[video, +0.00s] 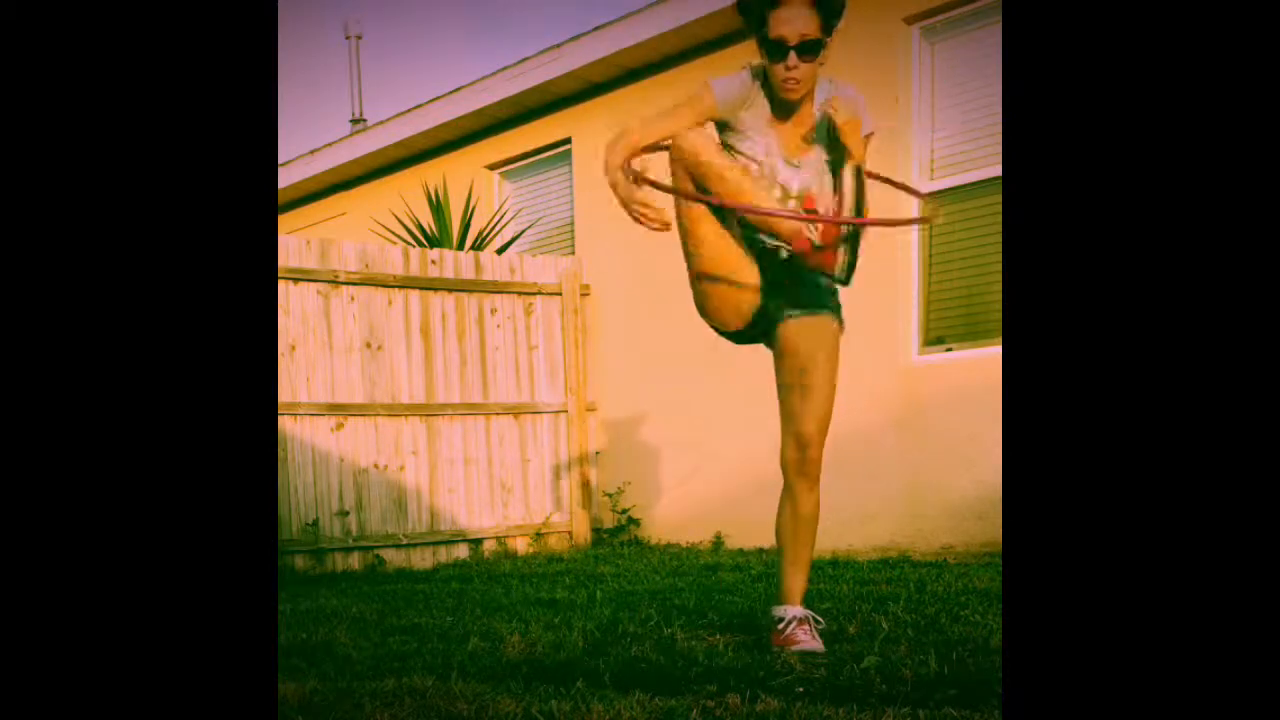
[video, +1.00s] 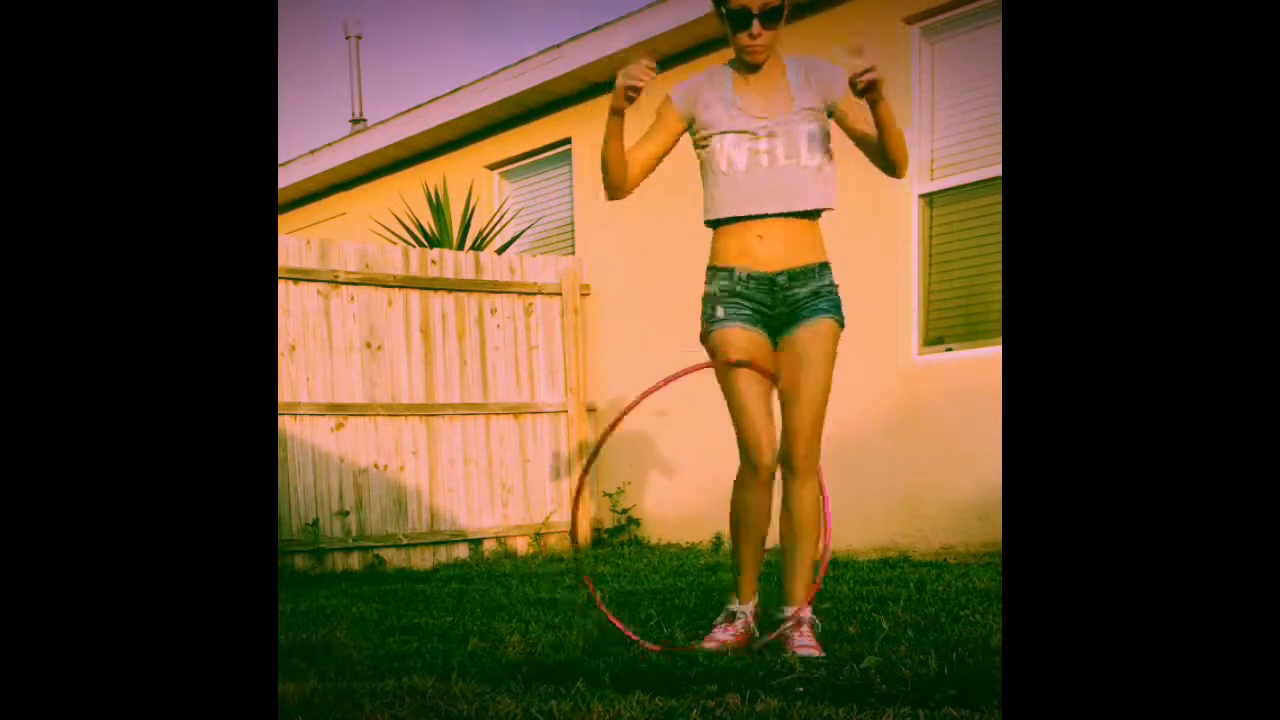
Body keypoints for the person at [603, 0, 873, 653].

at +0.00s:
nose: (791, 65)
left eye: (806, 50)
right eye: (776, 50)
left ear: (828, 44)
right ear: (758, 44)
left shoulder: (843, 107)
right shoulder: (733, 95)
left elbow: (856, 207)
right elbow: (627, 139)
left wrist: (840, 228)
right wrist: (621, 180)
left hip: (809, 293)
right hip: (737, 294)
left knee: (804, 457)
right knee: (688, 143)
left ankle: (791, 611)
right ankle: (796, 233)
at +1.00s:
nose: (753, 32)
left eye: (767, 18)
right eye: (739, 18)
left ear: (785, 17)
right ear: (721, 17)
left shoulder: (816, 77)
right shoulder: (696, 93)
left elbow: (893, 163)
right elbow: (617, 184)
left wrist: (878, 100)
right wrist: (615, 107)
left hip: (810, 287)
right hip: (732, 291)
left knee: (802, 459)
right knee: (758, 455)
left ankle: (798, 616)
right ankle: (744, 609)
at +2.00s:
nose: (761, 15)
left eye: (777, 3)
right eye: (756, 5)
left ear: (816, 8)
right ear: (751, 13)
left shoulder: (846, 99)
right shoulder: (726, 86)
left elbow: (866, 221)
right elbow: (663, 181)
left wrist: (895, 331)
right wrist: (661, 266)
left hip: (820, 291)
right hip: (741, 299)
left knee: (883, 414)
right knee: (759, 462)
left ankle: (899, 573)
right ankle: (761, 616)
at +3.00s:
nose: (777, 4)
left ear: (831, 7)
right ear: (767, 10)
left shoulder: (864, 74)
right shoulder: (743, 91)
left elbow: (932, 153)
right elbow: (688, 187)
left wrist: (991, 219)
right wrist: (642, 274)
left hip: (858, 264)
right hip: (786, 275)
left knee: (782, 133)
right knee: (788, 458)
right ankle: (812, 615)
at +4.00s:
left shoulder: (777, 42)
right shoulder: (669, 48)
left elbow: (851, 145)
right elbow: (564, 12)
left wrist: (832, 142)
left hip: (780, 261)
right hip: (722, 278)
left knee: (710, 422)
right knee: (773, 455)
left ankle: (764, 597)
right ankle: (812, 613)